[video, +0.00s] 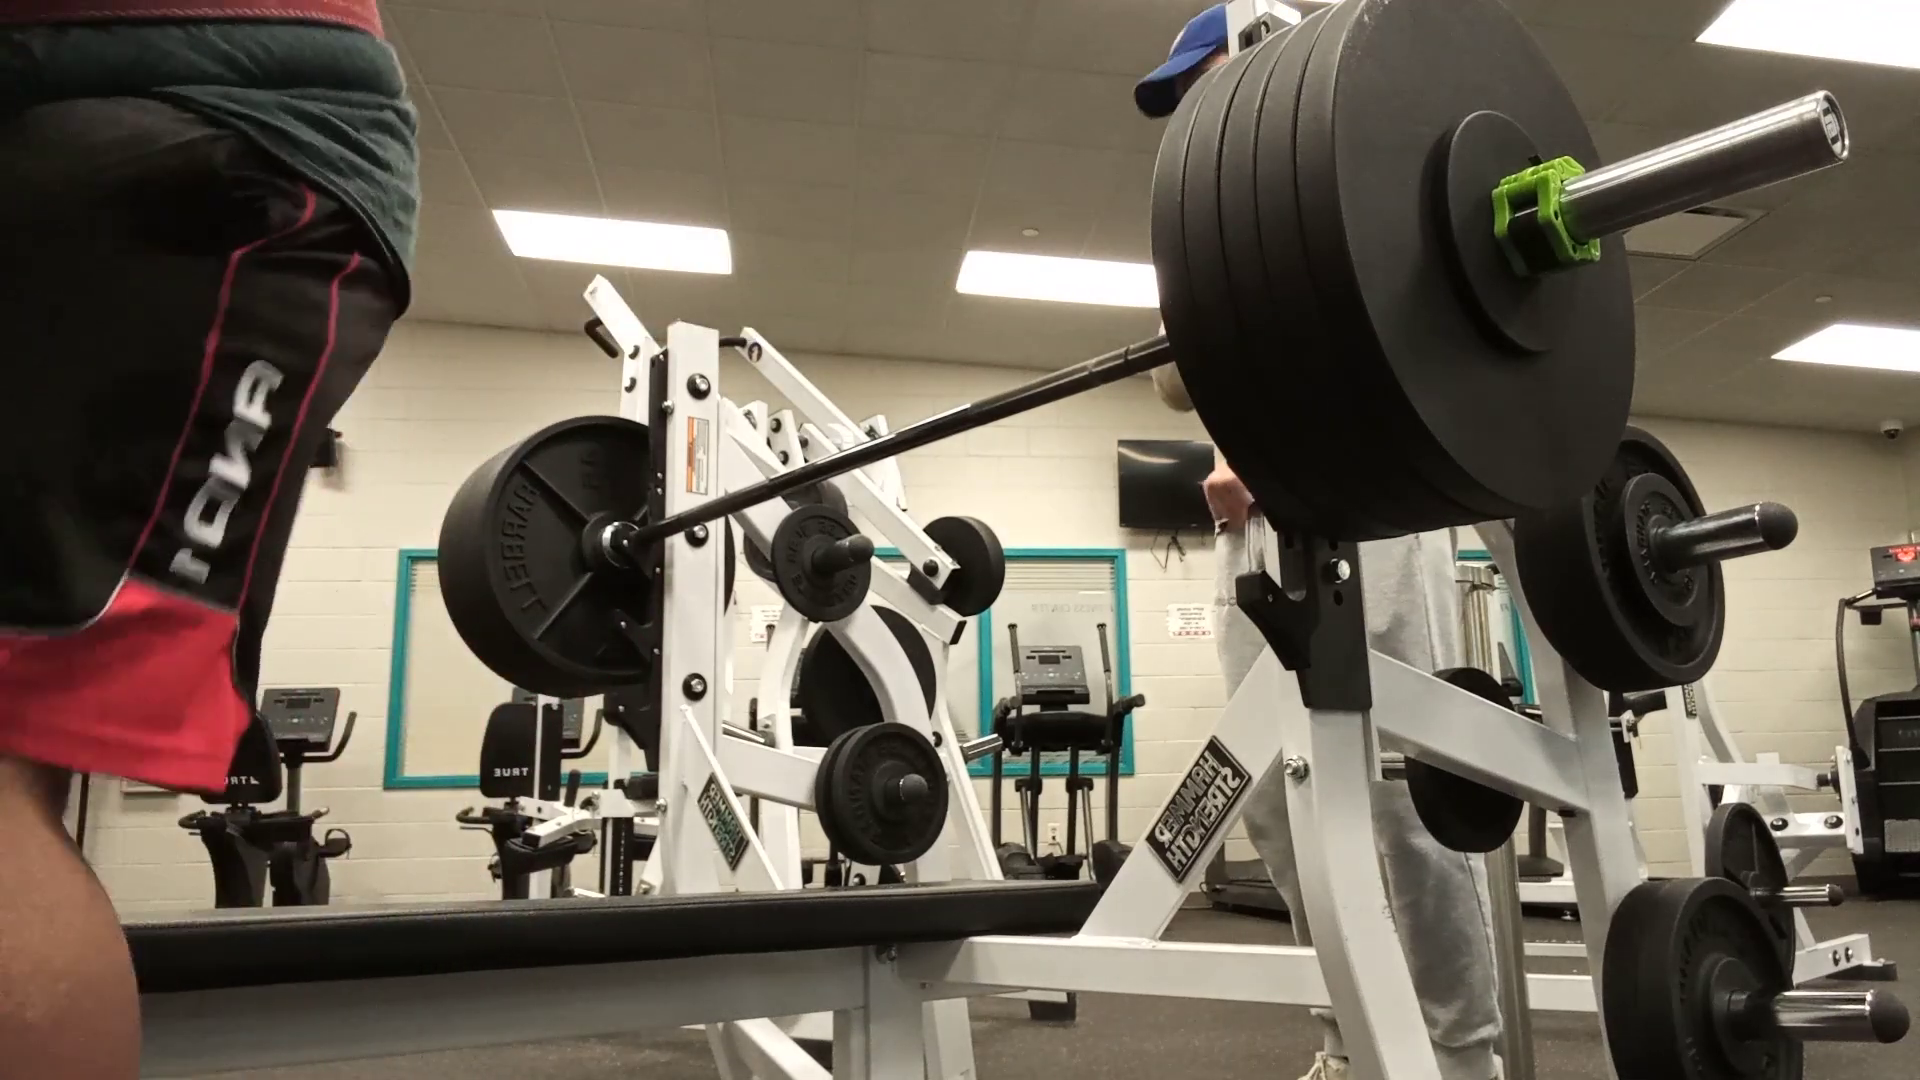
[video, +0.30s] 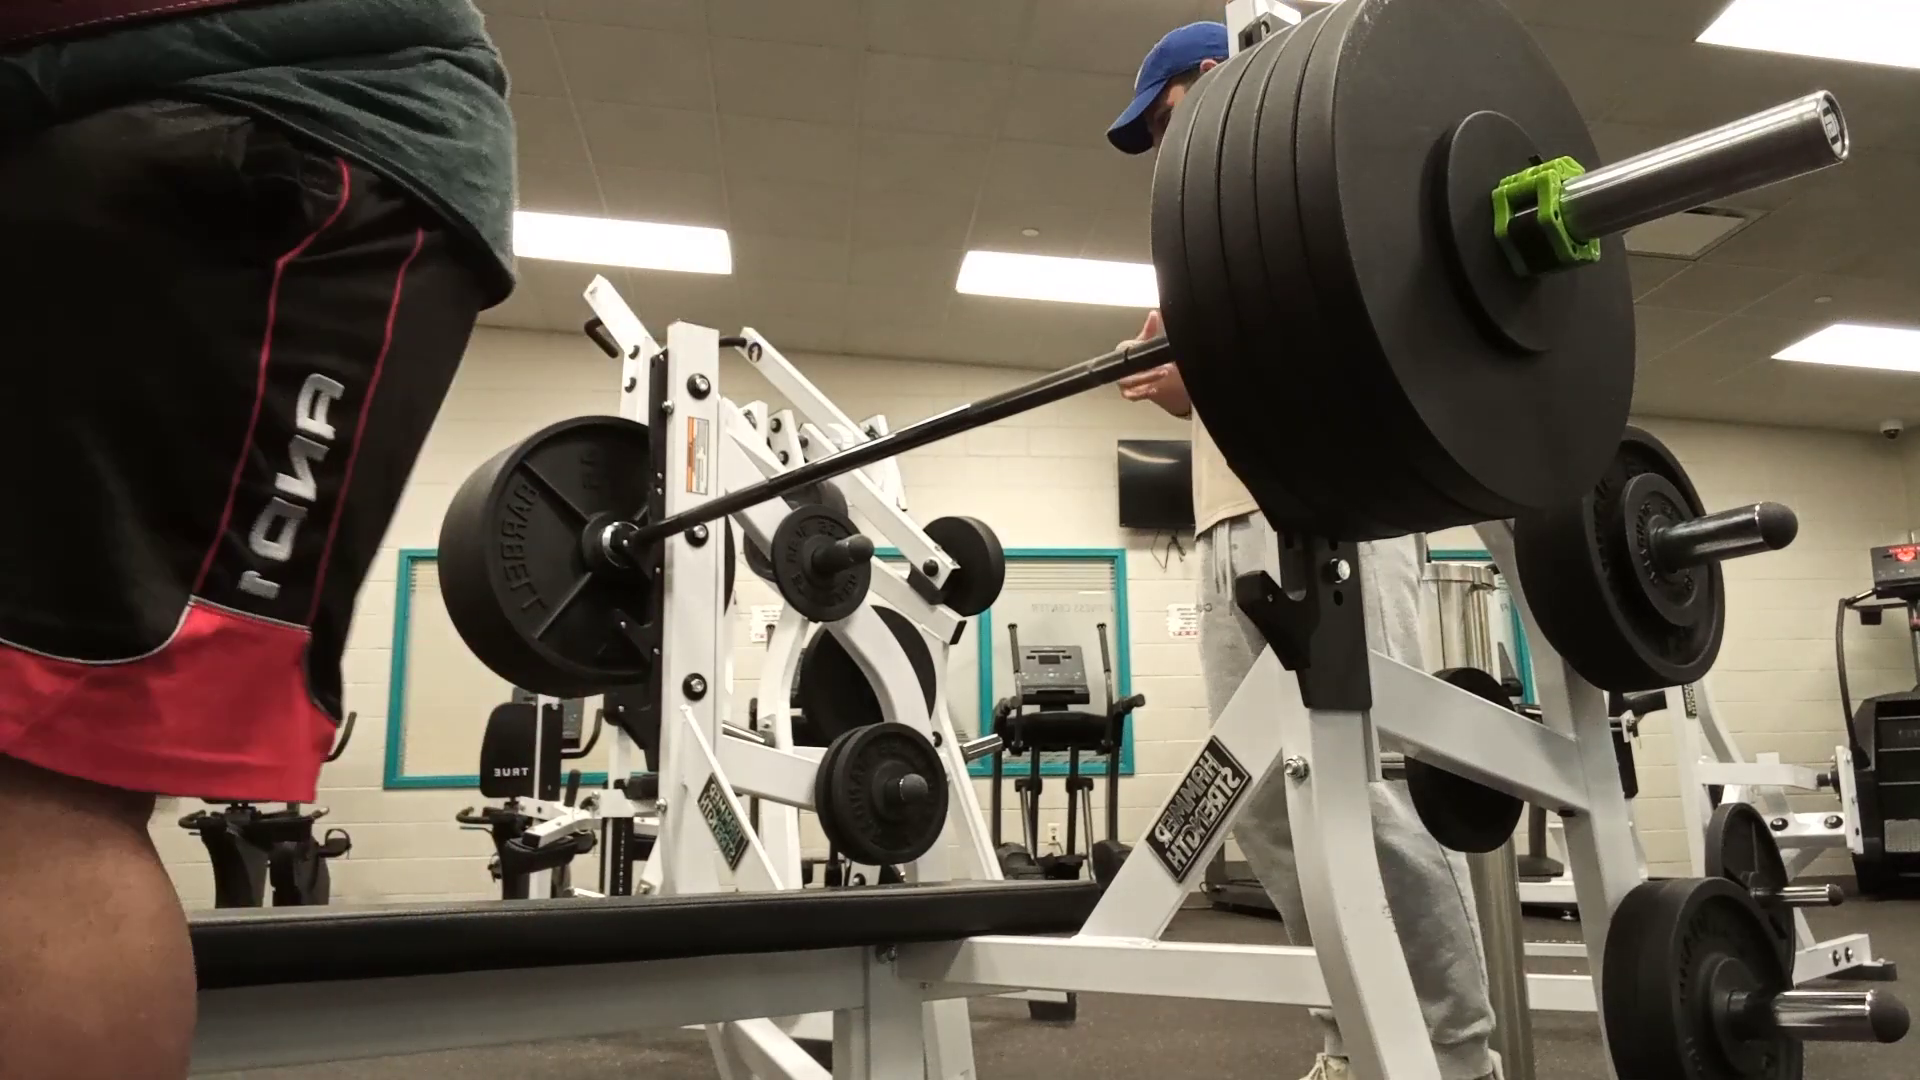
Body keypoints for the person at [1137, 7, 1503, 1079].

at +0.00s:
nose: (1186, 129)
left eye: (1197, 102)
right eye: (1178, 112)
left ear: (1260, 74)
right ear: (1196, 99)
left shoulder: (1334, 160)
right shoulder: (1234, 195)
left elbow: (1377, 330)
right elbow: (1263, 330)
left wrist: (1266, 457)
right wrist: (1237, 456)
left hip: (1368, 523)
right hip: (1273, 525)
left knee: (1397, 798)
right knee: (1280, 804)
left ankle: (1458, 1050)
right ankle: (1360, 1033)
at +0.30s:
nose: (1157, 146)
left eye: (1164, 119)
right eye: (1150, 132)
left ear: (1216, 84)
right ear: (1189, 103)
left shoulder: (1299, 176)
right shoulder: (1217, 208)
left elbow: (1345, 324)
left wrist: (1205, 373)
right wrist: (1193, 365)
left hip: (1330, 522)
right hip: (1243, 533)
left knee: (1358, 792)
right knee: (1265, 812)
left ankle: (1456, 1051)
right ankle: (1364, 1035)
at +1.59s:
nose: (991, 128)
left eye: (1000, 103)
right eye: (987, 111)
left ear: (1057, 82)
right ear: (1057, 90)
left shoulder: (1118, 183)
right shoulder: (1082, 203)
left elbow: (1137, 340)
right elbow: (1091, 367)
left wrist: (1008, 438)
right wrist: (989, 404)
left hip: (1124, 524)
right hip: (1078, 526)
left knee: (1103, 784)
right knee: (1028, 767)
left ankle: (1148, 1048)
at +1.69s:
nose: (985, 126)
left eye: (995, 100)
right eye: (979, 110)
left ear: (1054, 84)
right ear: (1048, 93)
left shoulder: (1110, 179)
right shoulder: (1062, 213)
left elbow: (1135, 321)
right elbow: (1076, 380)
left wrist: (989, 430)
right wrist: (970, 400)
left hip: (1113, 528)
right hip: (1056, 533)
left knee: (1092, 783)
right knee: (1010, 771)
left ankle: (1141, 1037)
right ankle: (1087, 992)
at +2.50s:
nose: (1041, 118)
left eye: (1055, 98)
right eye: (1019, 108)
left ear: (1096, 106)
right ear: (998, 133)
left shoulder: (1161, 192)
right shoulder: (976, 260)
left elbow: (1253, 196)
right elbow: (880, 348)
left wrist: (1203, 125)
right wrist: (755, 322)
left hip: (1150, 521)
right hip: (1028, 549)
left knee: (1209, 783)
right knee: (1053, 807)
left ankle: (1306, 1048)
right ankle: (1119, 1043)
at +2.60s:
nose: (1062, 107)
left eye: (1077, 86)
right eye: (1040, 95)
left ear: (1116, 94)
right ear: (1017, 120)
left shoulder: (1178, 184)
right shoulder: (995, 251)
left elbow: (1281, 169)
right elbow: (900, 337)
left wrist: (1230, 81)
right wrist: (759, 321)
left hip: (1170, 517)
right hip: (1041, 546)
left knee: (1239, 793)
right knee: (1066, 810)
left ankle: (1315, 1051)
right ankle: (1118, 1044)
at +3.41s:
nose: (1004, 61)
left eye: (1018, 31)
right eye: (993, 44)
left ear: (1091, 12)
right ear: (1005, 54)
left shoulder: (1197, 92)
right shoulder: (1011, 178)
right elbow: (897, 267)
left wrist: (1288, 36)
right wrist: (735, 310)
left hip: (1225, 509)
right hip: (1106, 533)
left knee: (1270, 797)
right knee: (1164, 813)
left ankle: (1328, 1048)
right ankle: (1259, 1053)